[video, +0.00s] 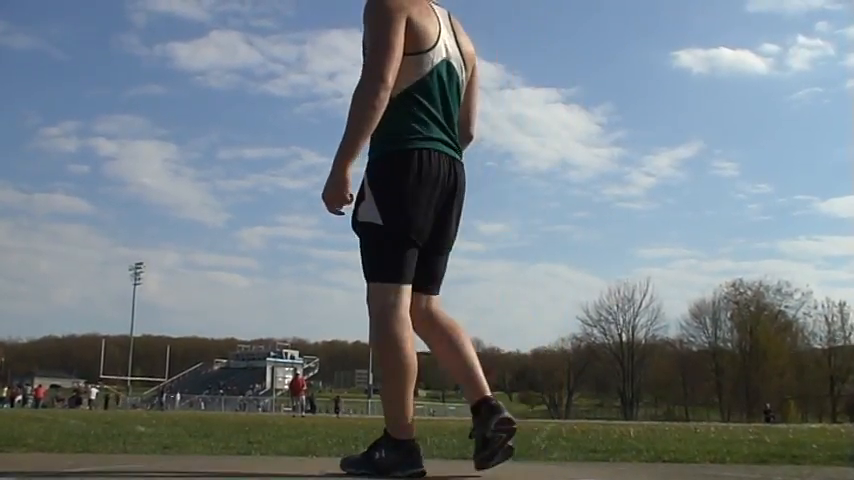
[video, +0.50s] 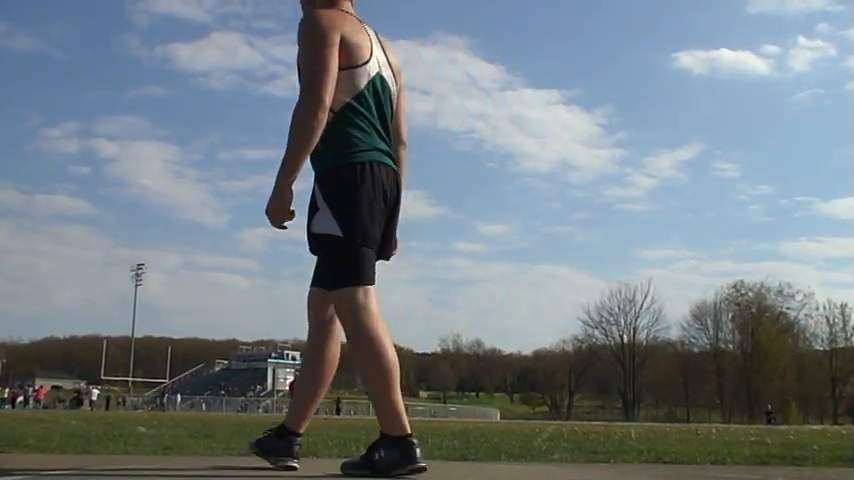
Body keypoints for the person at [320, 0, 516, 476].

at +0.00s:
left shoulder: (391, 6)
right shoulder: (464, 39)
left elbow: (377, 86)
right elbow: (467, 130)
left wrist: (341, 167)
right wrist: (424, 162)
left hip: (401, 167)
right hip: (449, 172)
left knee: (388, 307)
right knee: (425, 306)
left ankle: (399, 443)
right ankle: (488, 412)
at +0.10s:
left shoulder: (376, 6)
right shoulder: (446, 34)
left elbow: (362, 88)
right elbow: (453, 126)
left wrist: (325, 168)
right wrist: (413, 163)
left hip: (393, 165)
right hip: (437, 169)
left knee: (383, 306)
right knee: (400, 303)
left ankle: (398, 443)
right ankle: (443, 425)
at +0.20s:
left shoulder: (363, 7)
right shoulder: (431, 35)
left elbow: (351, 90)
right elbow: (440, 127)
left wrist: (314, 169)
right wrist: (410, 171)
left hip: (386, 166)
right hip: (424, 169)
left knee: (376, 301)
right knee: (379, 301)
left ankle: (398, 443)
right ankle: (392, 438)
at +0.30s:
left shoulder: (349, 11)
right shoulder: (417, 39)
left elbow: (339, 99)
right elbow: (428, 129)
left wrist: (304, 174)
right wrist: (411, 184)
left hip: (375, 170)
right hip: (412, 173)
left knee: (374, 301)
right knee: (353, 299)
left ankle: (399, 444)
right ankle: (337, 434)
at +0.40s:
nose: (316, 6)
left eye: (318, 5)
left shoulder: (335, 15)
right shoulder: (400, 41)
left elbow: (329, 100)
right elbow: (413, 131)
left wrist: (295, 180)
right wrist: (402, 190)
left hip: (362, 175)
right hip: (396, 176)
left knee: (368, 310)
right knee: (339, 306)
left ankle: (398, 444)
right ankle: (302, 432)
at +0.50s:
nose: (301, 5)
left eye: (303, 4)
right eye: (303, 4)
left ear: (313, 0)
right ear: (349, 1)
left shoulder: (322, 20)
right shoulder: (386, 46)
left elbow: (316, 104)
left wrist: (282, 186)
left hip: (347, 178)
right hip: (381, 182)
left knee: (357, 309)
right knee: (323, 308)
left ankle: (398, 441)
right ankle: (288, 436)